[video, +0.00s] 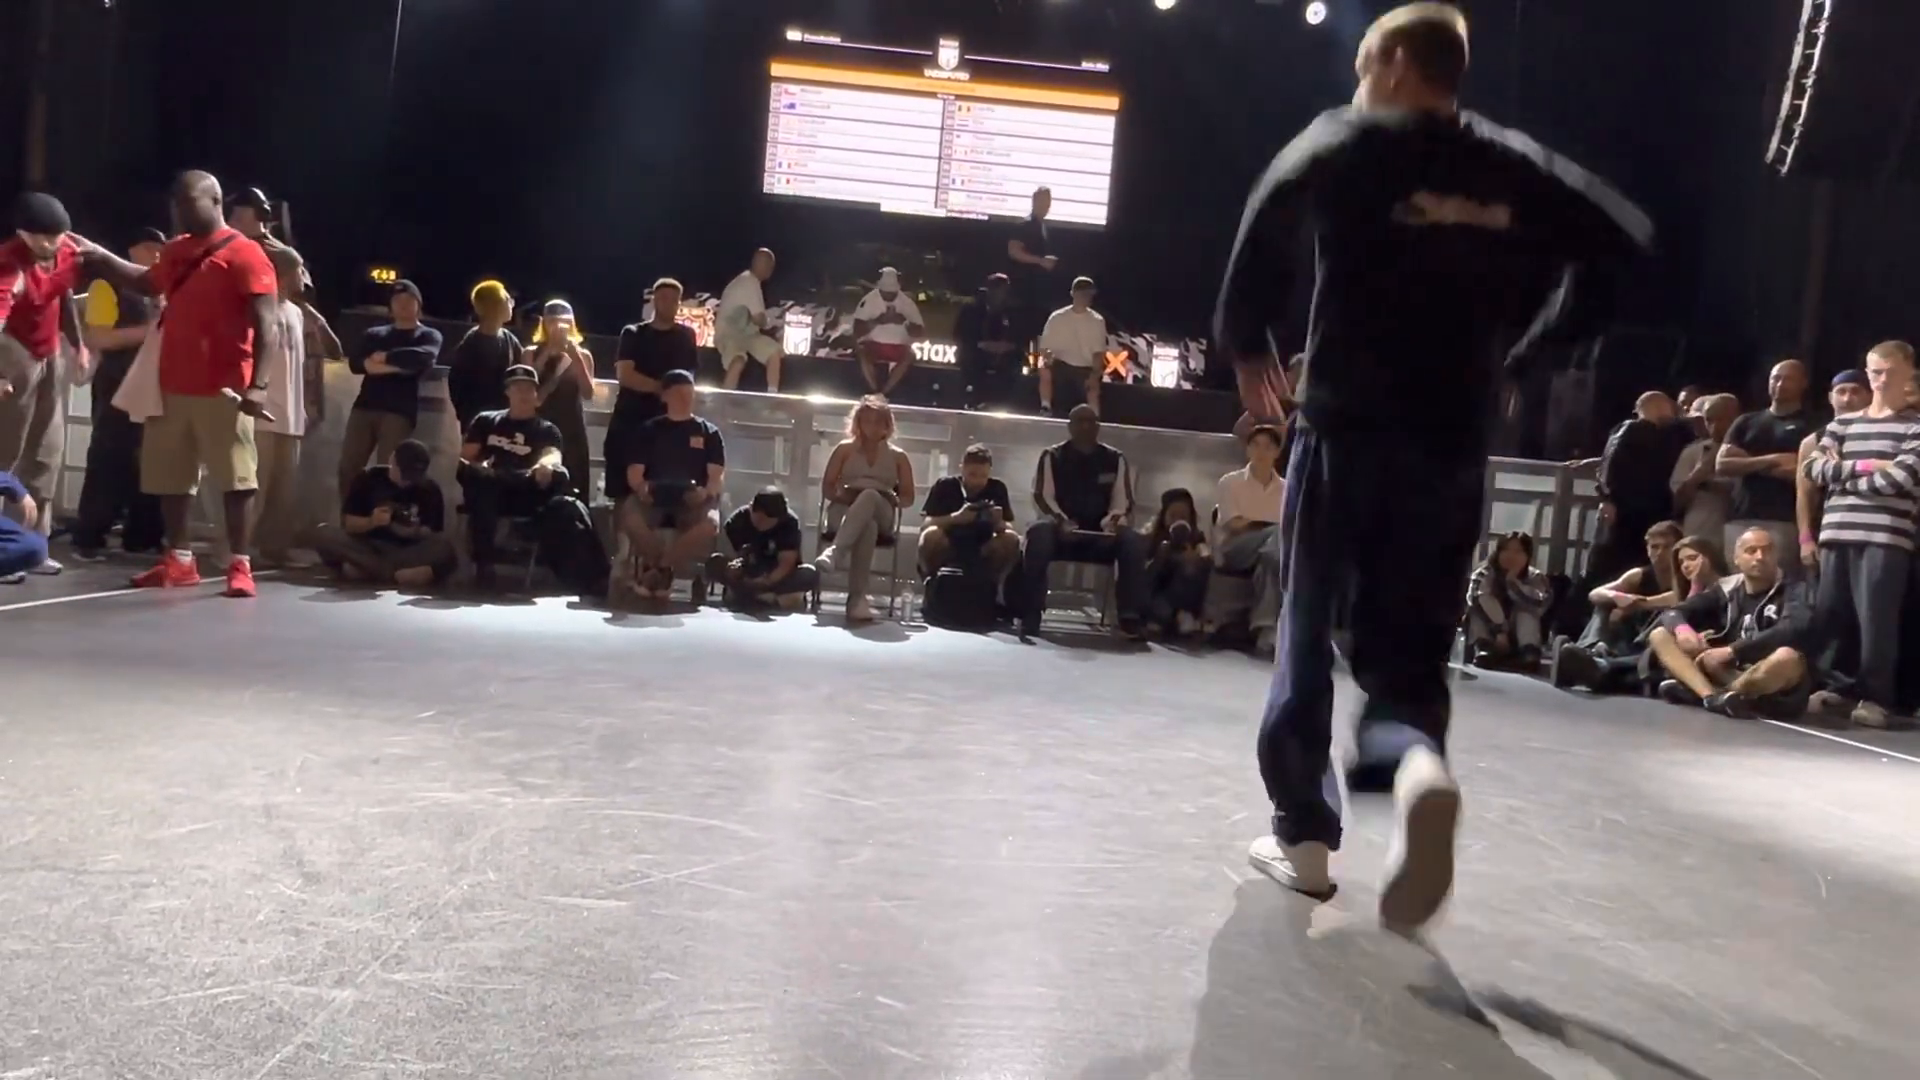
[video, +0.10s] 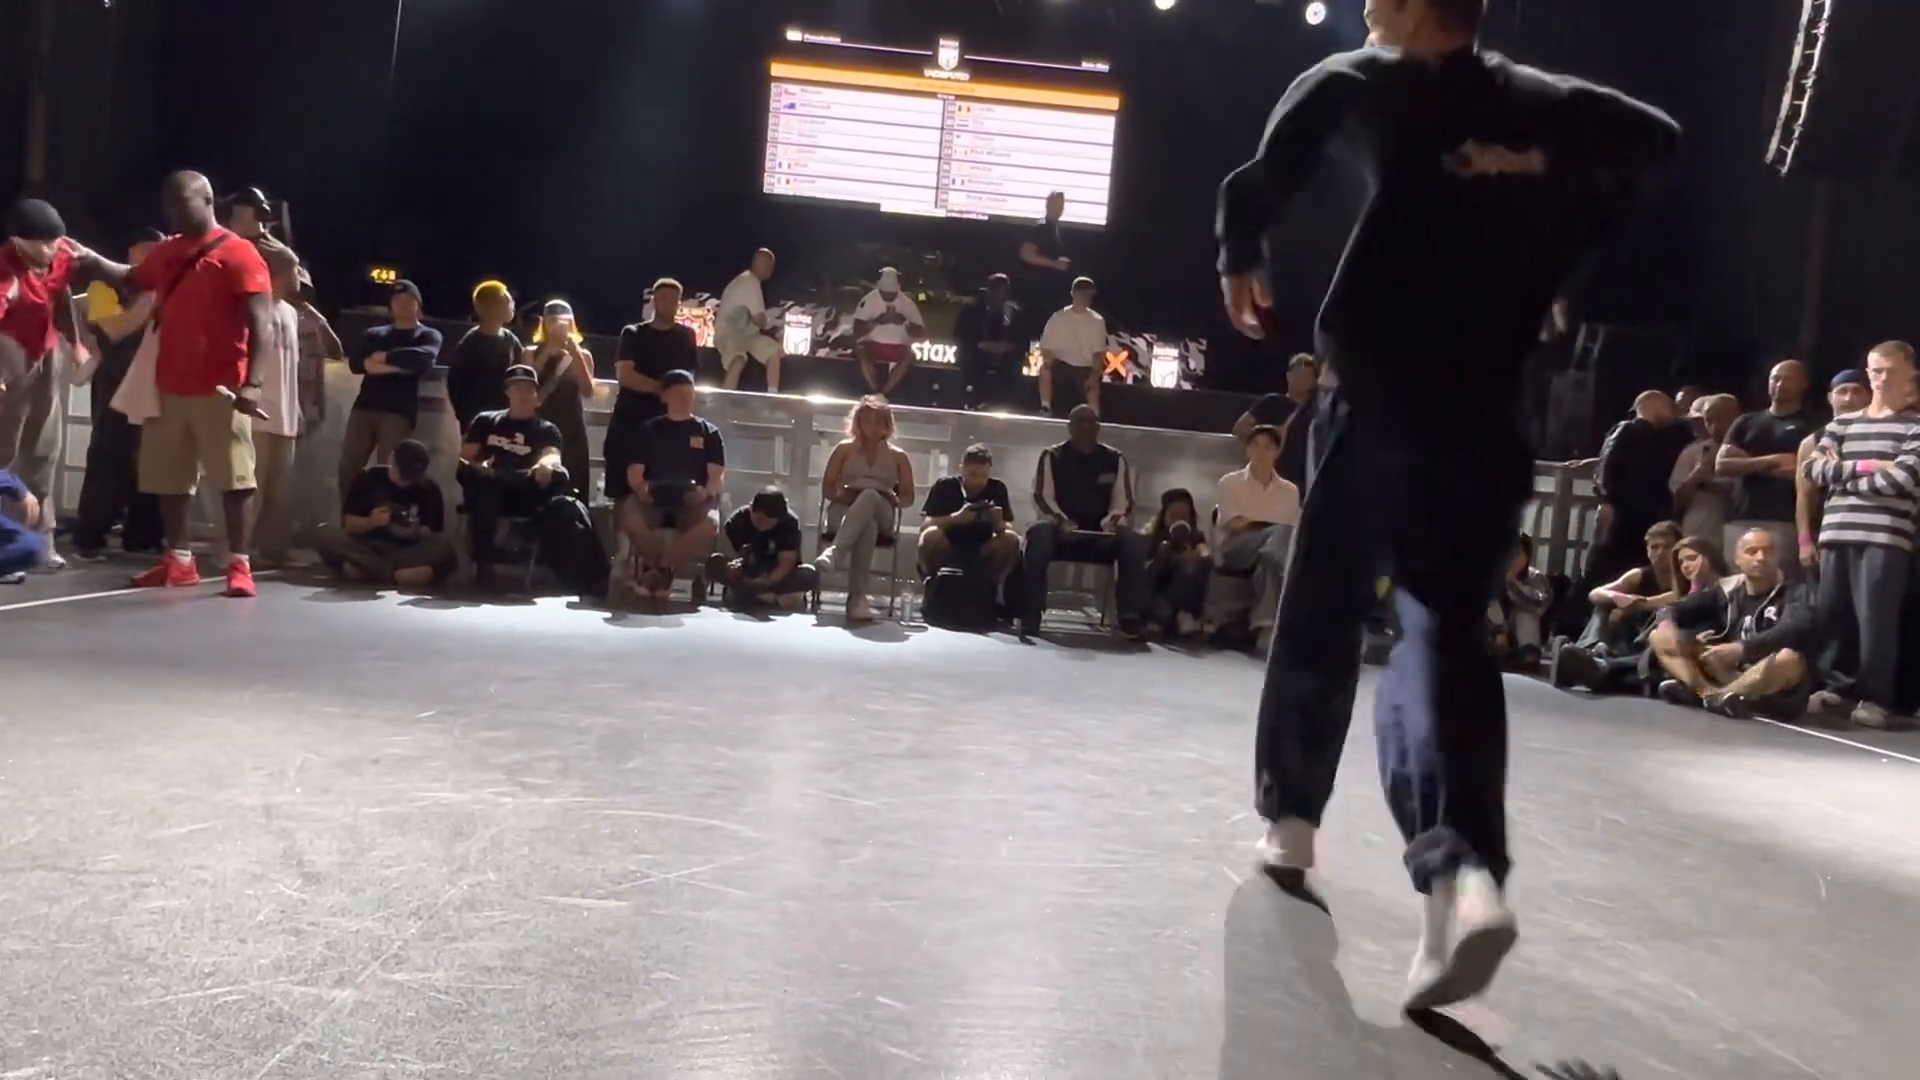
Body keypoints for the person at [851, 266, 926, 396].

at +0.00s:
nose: (889, 296)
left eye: (893, 293)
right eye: (886, 293)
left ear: (898, 289)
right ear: (879, 289)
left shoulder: (907, 302)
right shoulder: (869, 300)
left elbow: (919, 332)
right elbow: (857, 331)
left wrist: (903, 321)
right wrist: (878, 320)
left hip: (899, 346)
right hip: (874, 344)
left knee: (909, 357)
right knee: (862, 353)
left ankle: (884, 392)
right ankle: (875, 391)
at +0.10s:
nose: (889, 296)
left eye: (893, 293)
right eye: (886, 293)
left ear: (898, 289)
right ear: (879, 288)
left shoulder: (907, 302)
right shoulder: (869, 300)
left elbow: (920, 333)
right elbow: (857, 331)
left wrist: (903, 322)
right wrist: (878, 321)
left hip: (899, 346)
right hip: (873, 344)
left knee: (909, 357)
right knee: (862, 353)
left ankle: (884, 393)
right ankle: (875, 391)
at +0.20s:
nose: (889, 297)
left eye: (893, 293)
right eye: (886, 293)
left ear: (898, 290)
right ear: (880, 289)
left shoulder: (907, 303)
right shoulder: (869, 301)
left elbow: (920, 333)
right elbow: (857, 332)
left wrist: (903, 322)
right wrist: (878, 321)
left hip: (899, 346)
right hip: (873, 344)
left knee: (909, 357)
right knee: (862, 352)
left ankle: (884, 393)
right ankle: (875, 391)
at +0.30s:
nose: (890, 297)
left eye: (893, 293)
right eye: (886, 293)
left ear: (898, 290)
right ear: (880, 289)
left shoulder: (907, 303)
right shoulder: (869, 300)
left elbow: (920, 333)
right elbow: (857, 331)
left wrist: (904, 322)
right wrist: (879, 321)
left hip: (899, 346)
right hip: (874, 344)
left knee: (909, 358)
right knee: (863, 353)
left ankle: (884, 393)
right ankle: (875, 392)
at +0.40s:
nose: (890, 296)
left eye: (893, 293)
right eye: (886, 292)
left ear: (898, 290)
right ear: (880, 289)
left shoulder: (907, 303)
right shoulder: (869, 300)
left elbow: (918, 332)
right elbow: (858, 330)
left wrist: (904, 322)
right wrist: (879, 321)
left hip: (900, 347)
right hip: (874, 344)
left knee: (909, 357)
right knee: (863, 353)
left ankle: (885, 393)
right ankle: (875, 392)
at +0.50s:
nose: (890, 296)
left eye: (893, 293)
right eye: (886, 293)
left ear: (898, 290)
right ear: (880, 290)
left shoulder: (907, 303)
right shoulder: (869, 300)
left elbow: (918, 332)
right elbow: (858, 330)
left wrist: (904, 322)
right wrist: (879, 321)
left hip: (899, 347)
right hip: (873, 344)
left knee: (909, 357)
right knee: (863, 352)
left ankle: (885, 393)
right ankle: (875, 392)